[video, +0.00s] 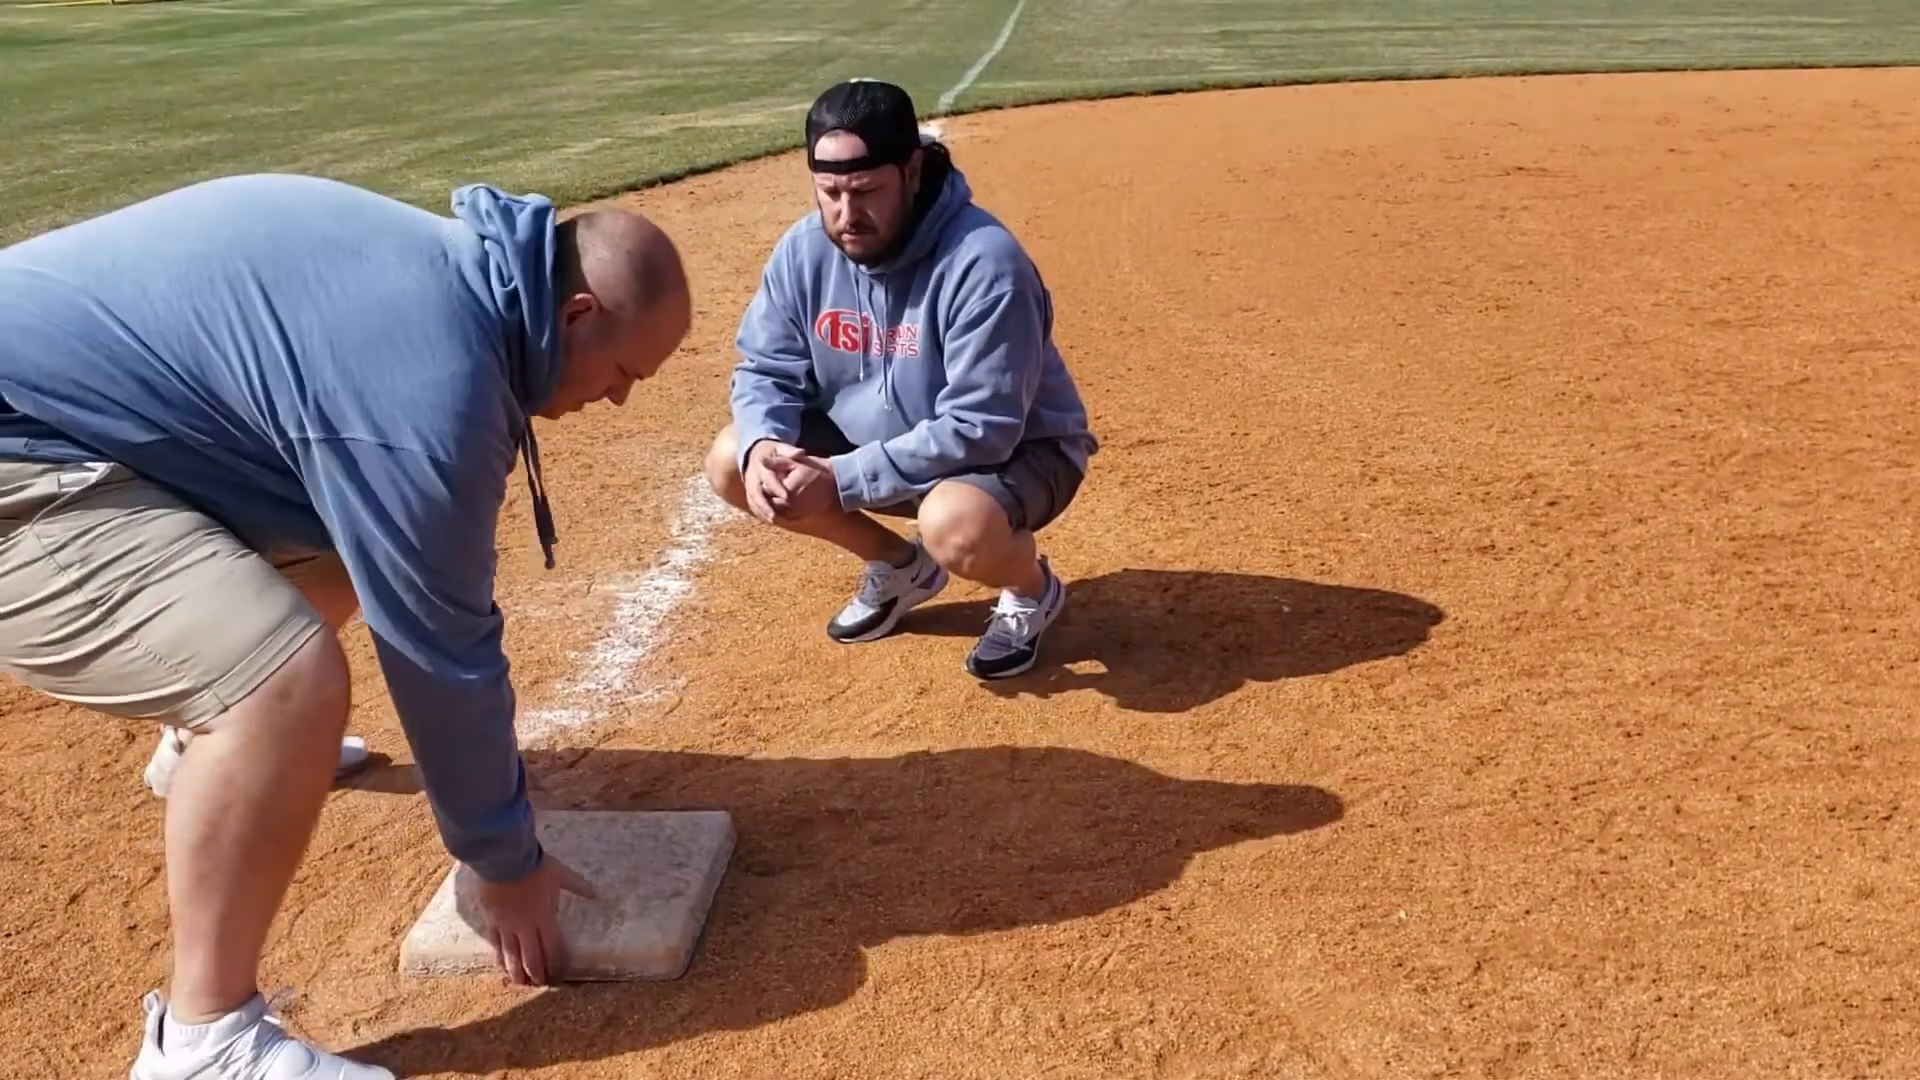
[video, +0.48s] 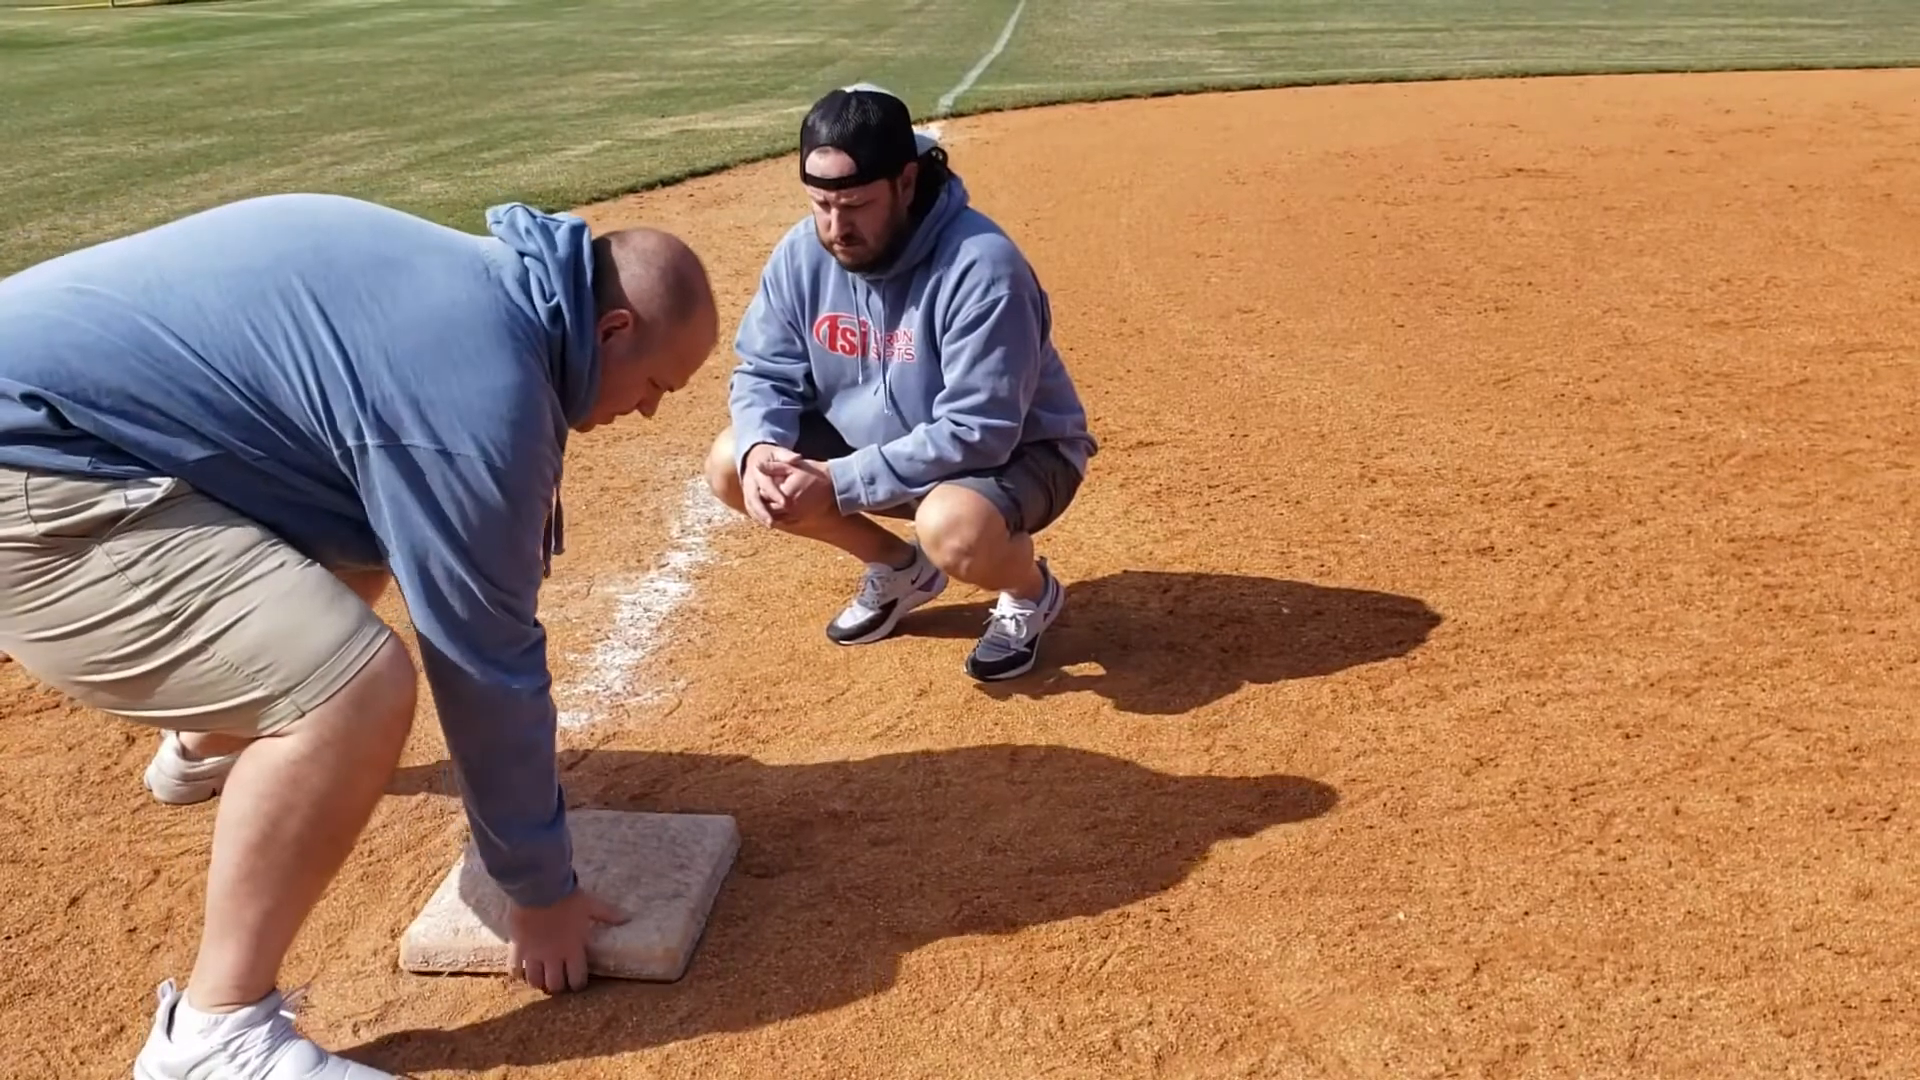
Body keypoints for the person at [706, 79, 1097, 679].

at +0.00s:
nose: (847, 214)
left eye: (866, 190)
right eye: (830, 192)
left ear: (912, 171)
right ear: (813, 184)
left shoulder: (984, 266)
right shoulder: (804, 251)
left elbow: (981, 429)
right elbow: (766, 367)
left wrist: (843, 481)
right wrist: (762, 442)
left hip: (1020, 450)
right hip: (882, 443)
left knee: (953, 525)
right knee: (735, 464)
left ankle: (1033, 591)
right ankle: (899, 563)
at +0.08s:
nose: (844, 218)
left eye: (864, 194)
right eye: (828, 195)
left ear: (911, 172)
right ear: (812, 185)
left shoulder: (984, 267)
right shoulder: (804, 251)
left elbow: (980, 430)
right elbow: (766, 368)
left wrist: (842, 482)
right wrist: (762, 443)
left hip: (1020, 450)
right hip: (882, 443)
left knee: (953, 525)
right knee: (735, 465)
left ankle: (1033, 592)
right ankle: (899, 564)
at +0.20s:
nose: (840, 223)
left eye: (861, 200)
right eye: (824, 199)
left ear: (909, 178)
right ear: (808, 187)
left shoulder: (983, 269)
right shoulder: (802, 254)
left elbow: (979, 432)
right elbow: (765, 370)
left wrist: (841, 482)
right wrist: (761, 445)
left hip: (1020, 452)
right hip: (883, 445)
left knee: (953, 527)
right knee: (735, 465)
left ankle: (1033, 593)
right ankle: (898, 565)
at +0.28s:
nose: (838, 224)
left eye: (859, 202)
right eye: (823, 201)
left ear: (908, 180)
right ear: (808, 189)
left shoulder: (983, 270)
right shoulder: (802, 254)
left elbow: (978, 433)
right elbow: (765, 370)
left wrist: (840, 482)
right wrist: (761, 446)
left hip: (1020, 452)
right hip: (883, 445)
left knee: (952, 527)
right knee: (735, 465)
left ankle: (1032, 593)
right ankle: (897, 565)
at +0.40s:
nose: (837, 226)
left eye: (857, 204)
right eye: (822, 204)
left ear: (907, 182)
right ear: (808, 191)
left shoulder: (983, 271)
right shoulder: (801, 255)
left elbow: (978, 434)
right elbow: (765, 370)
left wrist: (839, 483)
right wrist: (761, 446)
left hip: (1020, 453)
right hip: (882, 446)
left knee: (951, 527)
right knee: (734, 465)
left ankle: (1032, 593)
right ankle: (897, 565)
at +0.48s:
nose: (836, 227)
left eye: (856, 205)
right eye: (821, 204)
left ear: (906, 182)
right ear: (806, 191)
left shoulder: (982, 272)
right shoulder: (801, 255)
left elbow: (978, 434)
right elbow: (765, 370)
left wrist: (839, 483)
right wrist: (761, 446)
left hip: (1020, 453)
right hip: (882, 446)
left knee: (951, 527)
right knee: (734, 465)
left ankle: (1032, 593)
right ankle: (897, 565)